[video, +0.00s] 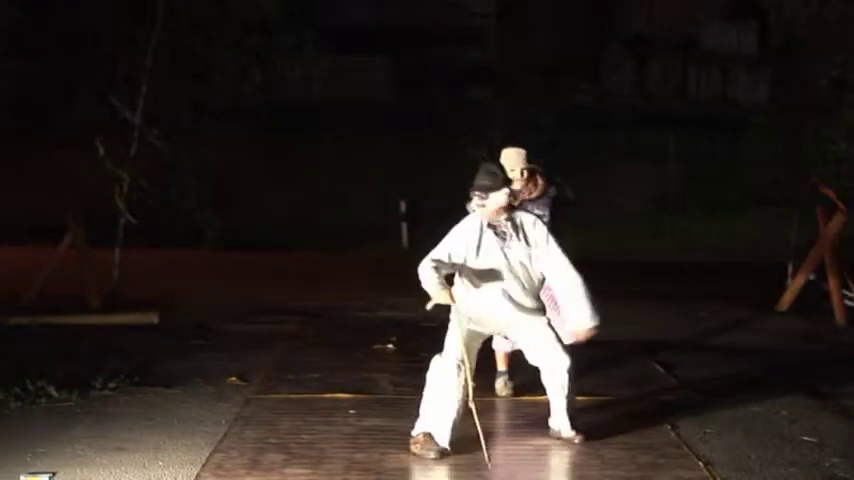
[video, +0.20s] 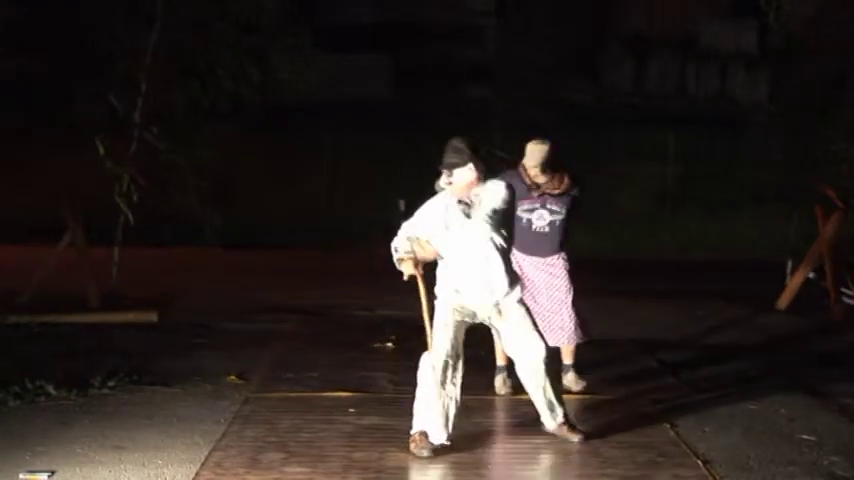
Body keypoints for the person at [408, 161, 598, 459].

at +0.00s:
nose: (506, 200)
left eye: (507, 194)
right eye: (499, 195)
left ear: (509, 196)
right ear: (481, 199)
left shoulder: (529, 225)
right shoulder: (469, 229)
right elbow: (429, 265)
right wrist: (439, 292)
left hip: (523, 314)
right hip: (472, 313)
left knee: (557, 362)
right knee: (452, 366)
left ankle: (560, 423)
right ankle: (428, 434)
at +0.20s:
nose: (473, 174)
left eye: (467, 168)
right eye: (464, 169)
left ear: (474, 170)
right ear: (451, 175)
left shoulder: (496, 191)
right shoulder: (437, 207)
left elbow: (494, 200)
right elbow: (404, 236)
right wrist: (406, 256)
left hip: (500, 295)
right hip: (454, 298)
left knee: (532, 352)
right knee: (440, 358)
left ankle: (555, 421)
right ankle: (424, 431)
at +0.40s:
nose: (445, 165)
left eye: (445, 159)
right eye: (436, 159)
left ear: (456, 160)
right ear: (428, 162)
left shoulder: (475, 194)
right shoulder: (417, 197)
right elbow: (401, 230)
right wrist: (398, 255)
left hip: (480, 291)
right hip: (439, 294)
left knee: (511, 346)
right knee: (444, 357)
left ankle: (504, 422)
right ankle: (413, 428)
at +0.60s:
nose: (416, 170)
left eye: (424, 162)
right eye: (414, 163)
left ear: (437, 163)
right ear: (409, 166)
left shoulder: (453, 188)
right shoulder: (401, 200)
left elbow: (455, 190)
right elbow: (374, 230)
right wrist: (372, 253)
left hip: (461, 292)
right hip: (420, 295)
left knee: (491, 348)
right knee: (428, 360)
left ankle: (497, 428)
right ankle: (409, 429)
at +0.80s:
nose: (433, 165)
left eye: (438, 158)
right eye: (426, 159)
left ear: (444, 158)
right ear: (411, 157)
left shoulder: (449, 182)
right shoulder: (392, 188)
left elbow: (468, 190)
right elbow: (360, 221)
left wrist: (423, 194)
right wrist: (372, 254)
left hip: (451, 282)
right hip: (414, 284)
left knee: (482, 341)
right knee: (428, 350)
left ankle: (494, 414)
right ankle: (409, 424)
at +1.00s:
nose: (449, 175)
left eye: (451, 169)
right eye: (444, 168)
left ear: (450, 169)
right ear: (426, 164)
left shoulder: (455, 199)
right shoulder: (397, 194)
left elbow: (484, 240)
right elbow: (365, 234)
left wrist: (469, 236)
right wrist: (390, 262)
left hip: (449, 288)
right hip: (411, 288)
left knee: (474, 341)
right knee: (422, 351)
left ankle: (449, 407)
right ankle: (400, 422)